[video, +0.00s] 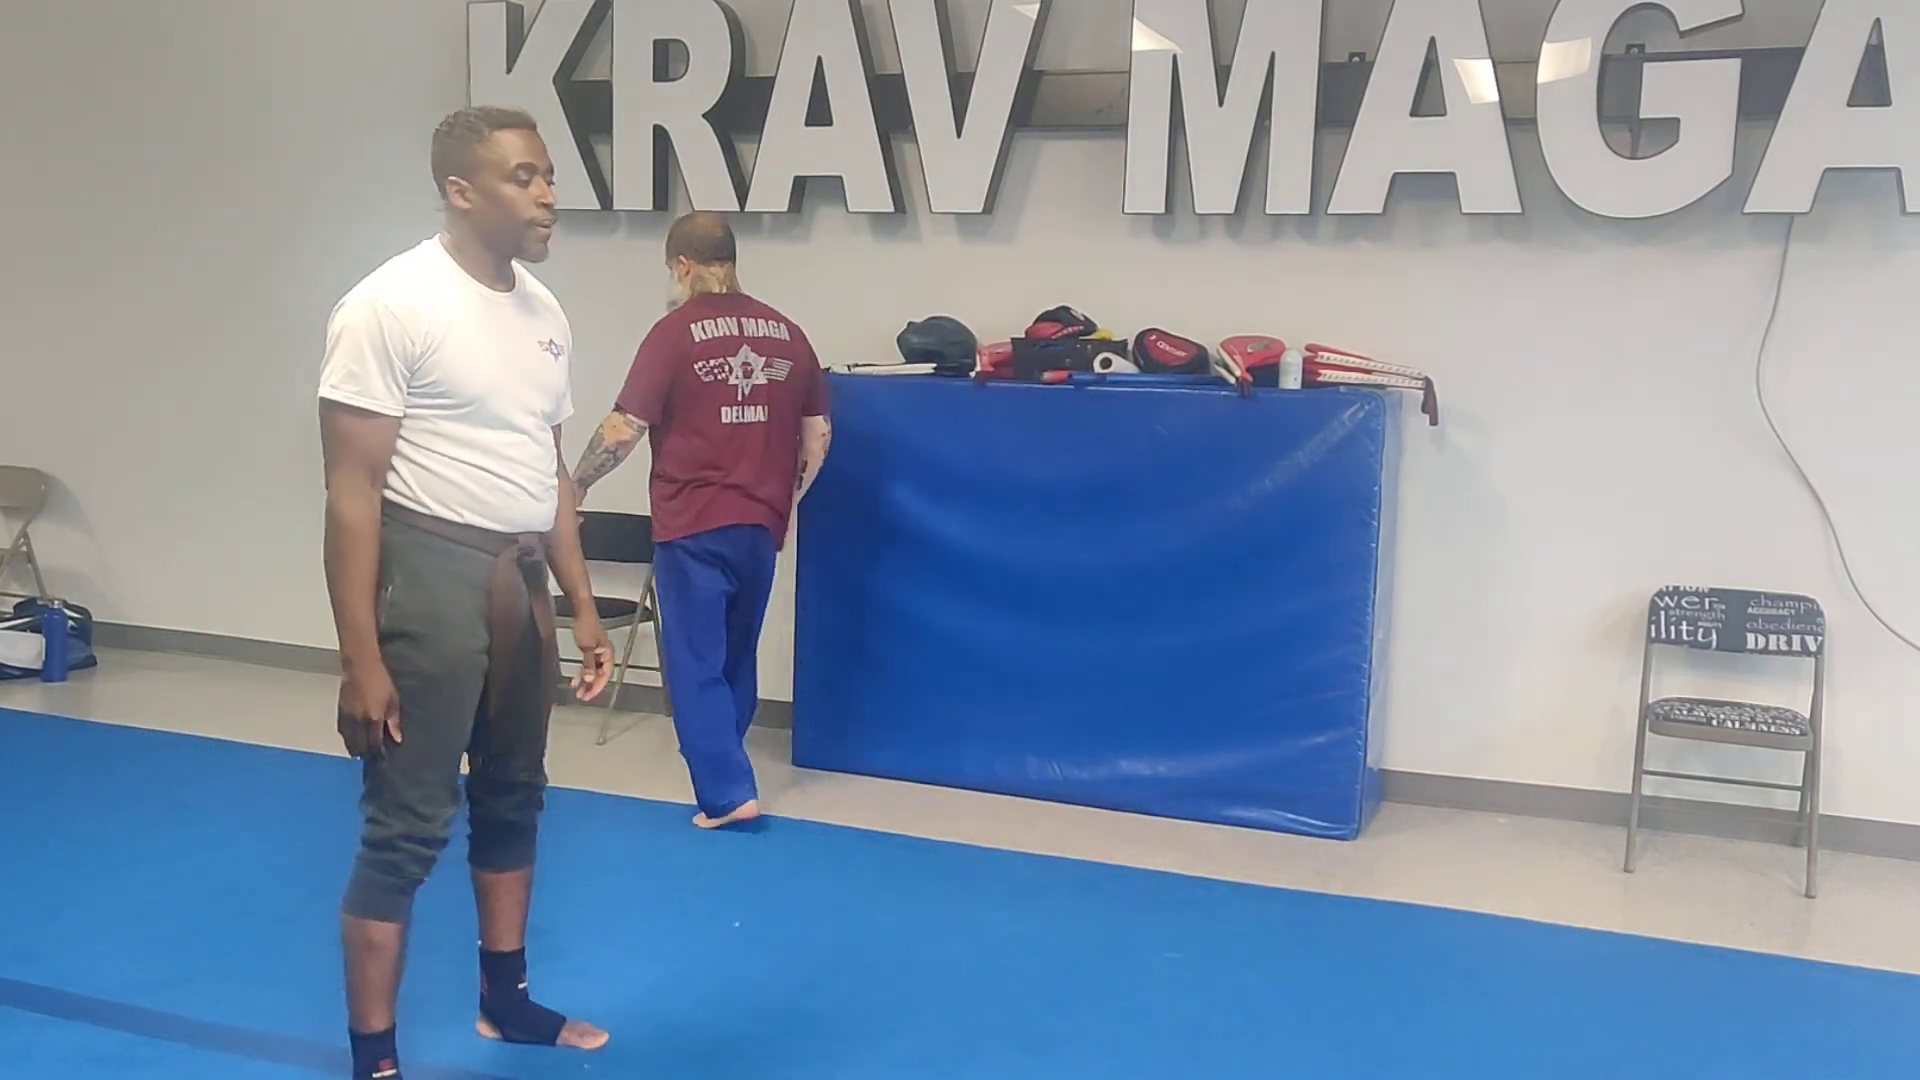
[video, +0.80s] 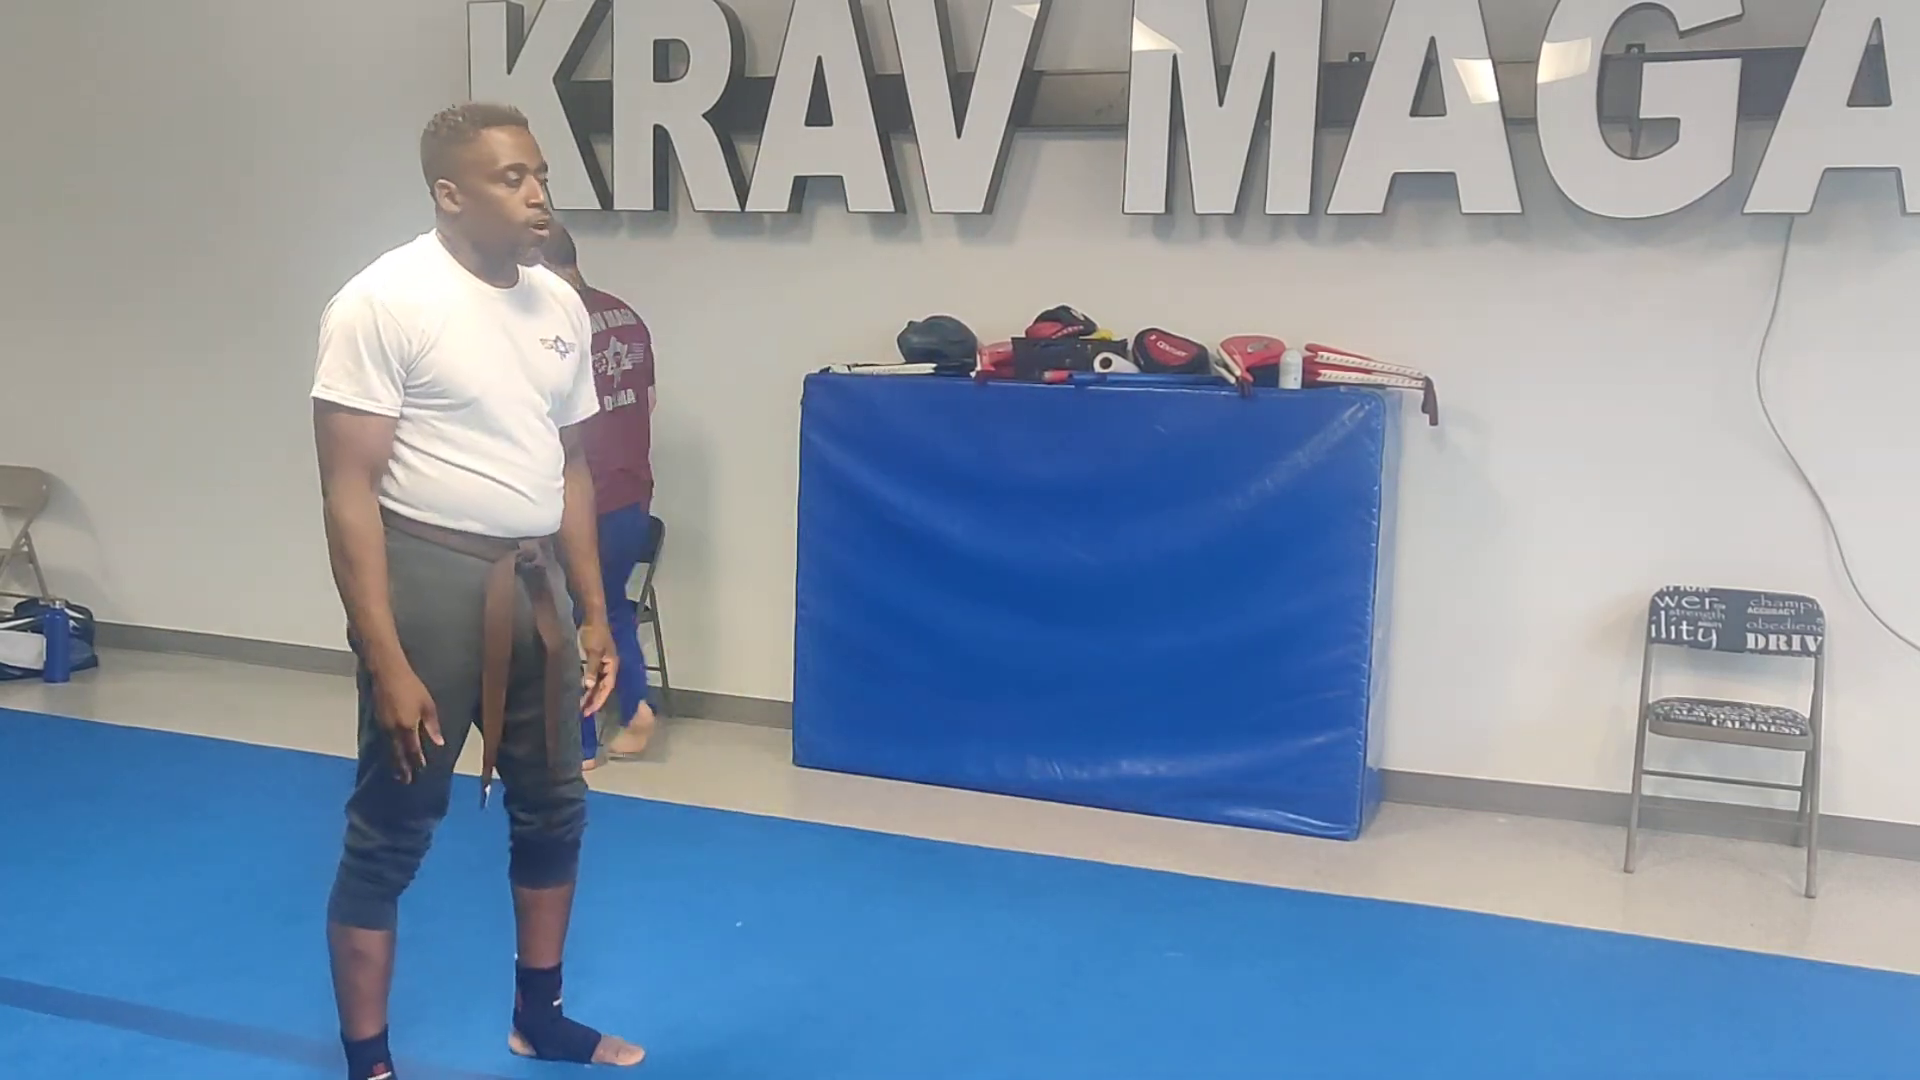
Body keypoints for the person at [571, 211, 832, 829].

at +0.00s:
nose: (670, 277)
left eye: (670, 268)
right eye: (672, 267)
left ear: (682, 266)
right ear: (731, 262)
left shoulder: (676, 331)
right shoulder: (786, 330)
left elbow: (621, 433)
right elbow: (819, 432)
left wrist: (574, 483)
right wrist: (789, 495)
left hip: (693, 521)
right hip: (763, 520)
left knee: (696, 665)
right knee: (738, 656)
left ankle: (731, 795)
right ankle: (722, 782)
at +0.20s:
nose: (649, 276)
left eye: (650, 265)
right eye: (648, 266)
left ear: (669, 260)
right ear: (710, 261)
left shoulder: (662, 323)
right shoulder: (760, 325)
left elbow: (629, 423)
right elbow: (784, 419)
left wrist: (603, 498)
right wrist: (748, 476)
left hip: (669, 510)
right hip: (738, 511)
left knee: (629, 618)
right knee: (724, 640)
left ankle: (671, 734)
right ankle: (724, 767)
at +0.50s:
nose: (579, 287)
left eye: (581, 275)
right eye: (579, 276)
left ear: (603, 274)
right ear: (637, 270)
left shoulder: (606, 334)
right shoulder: (694, 326)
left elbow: (598, 434)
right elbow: (719, 414)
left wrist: (579, 515)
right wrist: (684, 468)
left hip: (633, 514)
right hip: (700, 508)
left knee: (595, 631)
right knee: (704, 638)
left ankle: (579, 744)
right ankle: (723, 758)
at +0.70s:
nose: (535, 285)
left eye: (535, 276)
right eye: (532, 277)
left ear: (552, 272)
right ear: (589, 266)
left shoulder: (555, 323)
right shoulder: (644, 316)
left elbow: (550, 419)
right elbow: (669, 404)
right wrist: (640, 463)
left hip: (588, 499)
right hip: (649, 494)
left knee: (569, 621)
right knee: (641, 607)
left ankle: (580, 744)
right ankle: (686, 704)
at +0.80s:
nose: (531, 287)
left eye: (531, 275)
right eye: (531, 276)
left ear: (545, 271)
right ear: (576, 263)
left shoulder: (546, 324)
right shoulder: (627, 316)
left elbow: (544, 420)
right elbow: (647, 402)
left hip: (571, 503)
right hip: (630, 496)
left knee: (567, 618)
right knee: (614, 601)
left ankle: (581, 748)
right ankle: (638, 708)